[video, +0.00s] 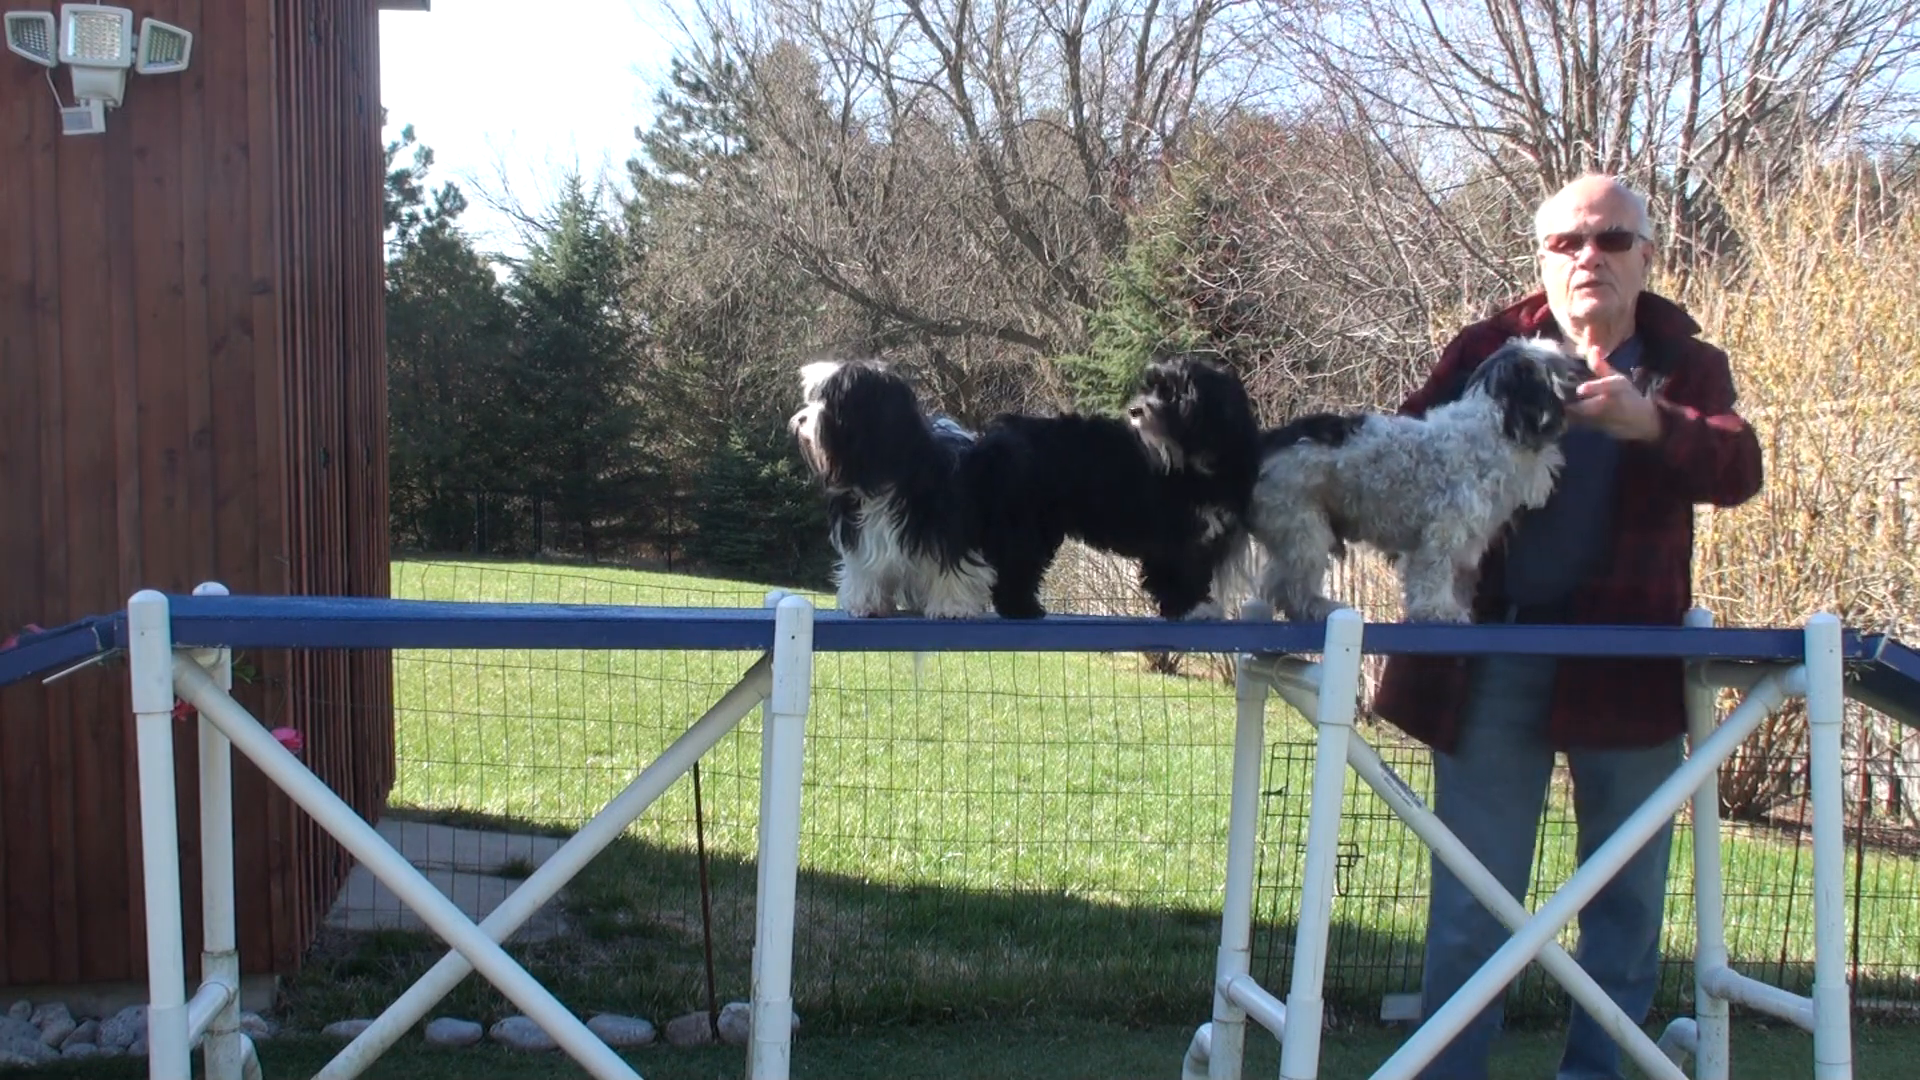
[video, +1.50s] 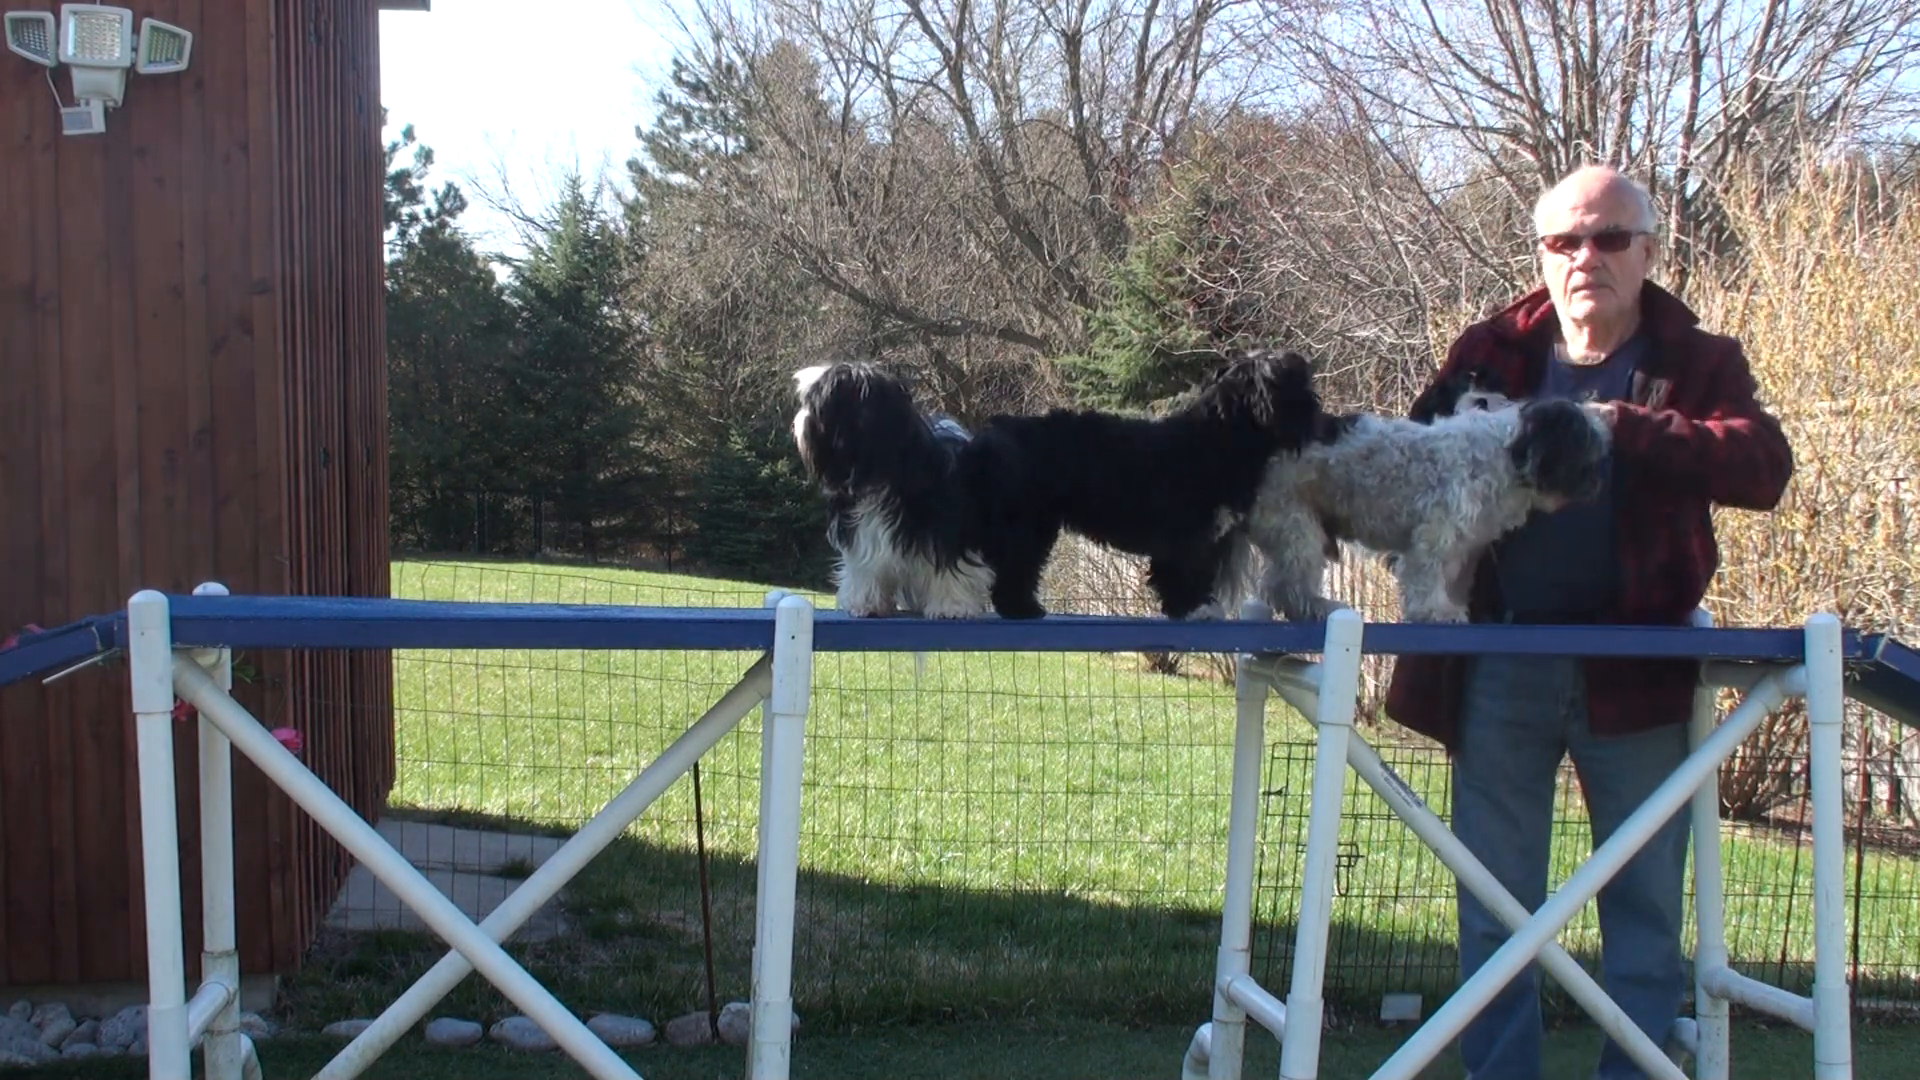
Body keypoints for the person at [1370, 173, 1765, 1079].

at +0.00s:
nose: (1590, 256)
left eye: (1612, 240)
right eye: (1569, 241)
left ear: (1646, 254)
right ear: (1541, 258)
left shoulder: (1682, 355)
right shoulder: (1486, 350)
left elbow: (1741, 473)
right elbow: (1404, 454)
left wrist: (1655, 424)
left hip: (1631, 652)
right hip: (1496, 645)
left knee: (1627, 889)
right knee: (1473, 881)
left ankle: (1599, 1064)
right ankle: (1448, 1063)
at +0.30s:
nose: (1568, 263)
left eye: (1591, 245)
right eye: (1547, 247)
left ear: (1626, 255)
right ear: (1519, 259)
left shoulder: (1657, 352)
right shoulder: (1465, 355)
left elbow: (1708, 402)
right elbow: (1396, 470)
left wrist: (1653, 336)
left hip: (1626, 659)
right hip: (1491, 657)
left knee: (1625, 896)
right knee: (1499, 898)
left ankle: (1601, 1067)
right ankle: (1505, 1065)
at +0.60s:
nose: (1542, 278)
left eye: (1565, 257)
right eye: (1520, 260)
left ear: (1605, 255)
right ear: (1492, 264)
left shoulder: (1637, 354)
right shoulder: (1449, 357)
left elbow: (1700, 393)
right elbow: (1375, 464)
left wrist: (1648, 320)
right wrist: (1368, 533)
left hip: (1621, 660)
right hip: (1482, 660)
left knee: (1634, 890)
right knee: (1492, 898)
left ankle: (1616, 1068)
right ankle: (1502, 1065)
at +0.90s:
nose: (1563, 261)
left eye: (1585, 242)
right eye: (1542, 245)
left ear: (1620, 249)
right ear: (1515, 257)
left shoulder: (1660, 348)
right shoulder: (1464, 356)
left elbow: (1705, 373)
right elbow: (1396, 466)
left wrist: (1662, 308)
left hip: (1636, 658)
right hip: (1498, 658)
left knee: (1646, 888)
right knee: (1500, 893)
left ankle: (1641, 1067)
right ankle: (1500, 1064)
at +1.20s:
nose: (1587, 260)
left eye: (1611, 241)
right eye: (1567, 244)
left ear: (1651, 250)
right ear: (1542, 256)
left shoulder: (1695, 349)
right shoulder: (1490, 350)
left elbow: (1764, 448)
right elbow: (1419, 470)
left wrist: (1624, 368)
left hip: (1643, 659)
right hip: (1504, 657)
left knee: (1650, 900)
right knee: (1497, 897)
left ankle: (1641, 1071)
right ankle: (1499, 1066)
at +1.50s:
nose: (1585, 259)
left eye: (1609, 240)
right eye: (1565, 242)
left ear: (1648, 251)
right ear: (1541, 256)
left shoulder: (1700, 359)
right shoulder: (1488, 350)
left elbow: (1764, 472)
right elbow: (1411, 462)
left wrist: (1624, 430)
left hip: (1637, 663)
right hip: (1499, 660)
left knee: (1645, 904)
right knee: (1492, 899)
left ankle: (1639, 1072)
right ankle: (1497, 1067)